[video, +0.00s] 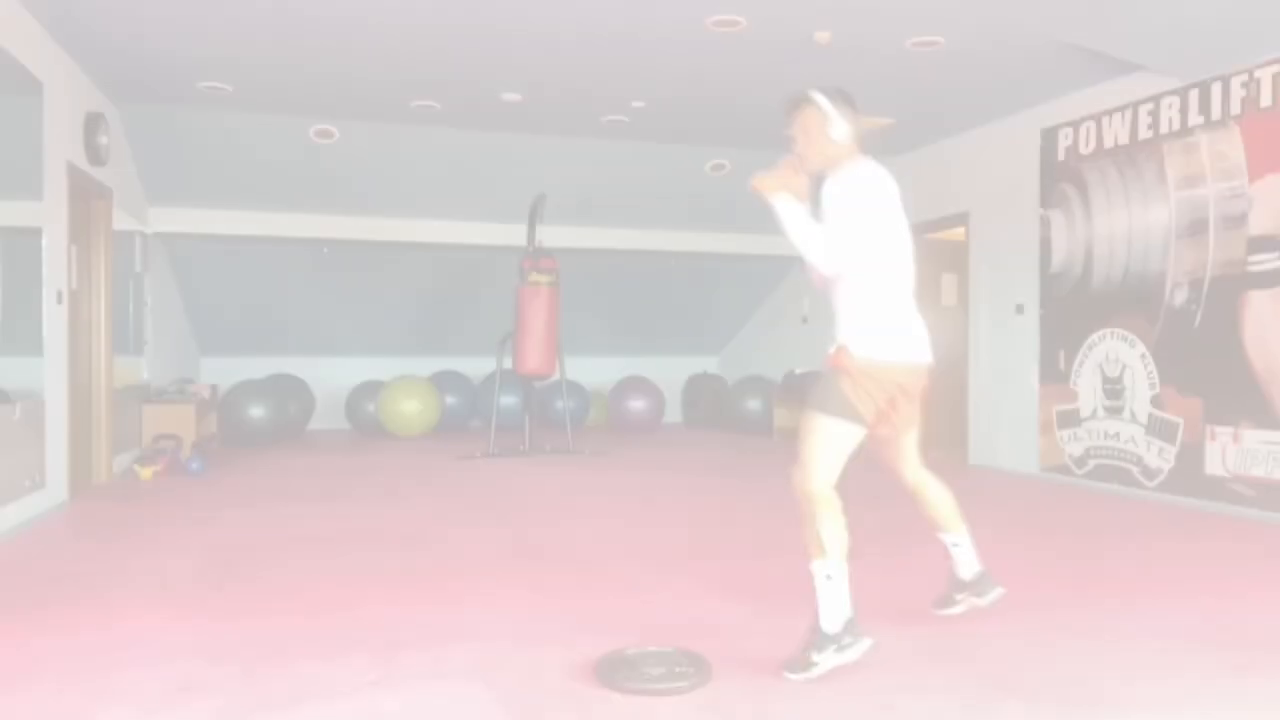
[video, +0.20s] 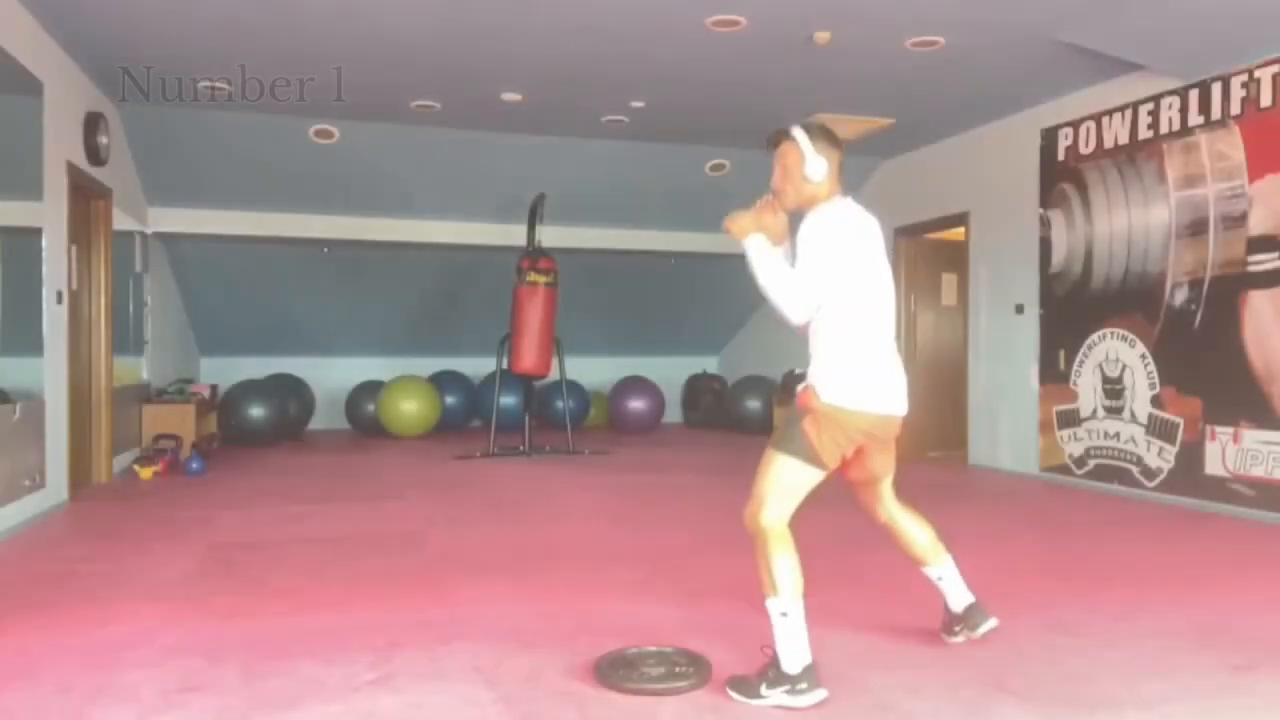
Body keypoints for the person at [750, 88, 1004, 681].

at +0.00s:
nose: (795, 146)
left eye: (801, 133)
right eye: (794, 134)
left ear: (830, 130)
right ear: (847, 131)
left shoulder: (845, 183)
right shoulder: (877, 180)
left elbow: (829, 262)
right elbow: (863, 264)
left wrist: (784, 201)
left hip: (866, 355)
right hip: (907, 353)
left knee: (813, 480)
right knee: (911, 467)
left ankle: (837, 627)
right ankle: (973, 576)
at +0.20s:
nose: (775, 182)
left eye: (781, 170)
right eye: (775, 169)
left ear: (813, 173)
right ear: (829, 174)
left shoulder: (822, 226)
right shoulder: (863, 223)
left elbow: (799, 307)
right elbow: (827, 302)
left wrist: (755, 243)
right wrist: (780, 246)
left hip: (836, 398)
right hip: (884, 399)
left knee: (766, 516)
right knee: (883, 503)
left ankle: (793, 670)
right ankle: (966, 607)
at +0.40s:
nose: (788, 178)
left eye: (794, 166)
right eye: (787, 166)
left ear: (821, 166)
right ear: (841, 167)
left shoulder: (836, 218)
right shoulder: (874, 216)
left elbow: (810, 297)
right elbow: (834, 297)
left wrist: (762, 239)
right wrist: (790, 240)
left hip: (853, 389)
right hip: (899, 389)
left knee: (780, 510)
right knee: (894, 493)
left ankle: (793, 667)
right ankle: (974, 599)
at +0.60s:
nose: (821, 181)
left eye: (826, 169)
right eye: (820, 169)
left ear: (854, 169)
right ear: (871, 169)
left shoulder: (871, 213)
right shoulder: (908, 209)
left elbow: (853, 292)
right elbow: (874, 292)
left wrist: (805, 231)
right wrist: (832, 239)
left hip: (903, 381)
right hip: (947, 383)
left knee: (814, 485)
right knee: (937, 491)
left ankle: (844, 625)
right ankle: (1002, 600)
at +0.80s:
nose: (833, 199)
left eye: (839, 186)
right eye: (831, 187)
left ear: (871, 187)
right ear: (879, 189)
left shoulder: (885, 234)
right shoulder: (914, 230)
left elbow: (872, 316)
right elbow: (886, 310)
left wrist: (817, 260)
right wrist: (840, 261)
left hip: (915, 405)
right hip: (953, 404)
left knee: (821, 499)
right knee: (938, 505)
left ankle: (878, 633)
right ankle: (1008, 612)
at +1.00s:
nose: (800, 159)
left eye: (807, 145)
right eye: (797, 147)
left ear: (841, 143)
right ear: (842, 148)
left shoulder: (864, 199)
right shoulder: (877, 196)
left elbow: (842, 282)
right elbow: (827, 289)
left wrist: (788, 225)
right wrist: (792, 232)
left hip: (888, 368)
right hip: (911, 368)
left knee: (815, 491)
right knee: (904, 483)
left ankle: (808, 649)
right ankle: (985, 584)